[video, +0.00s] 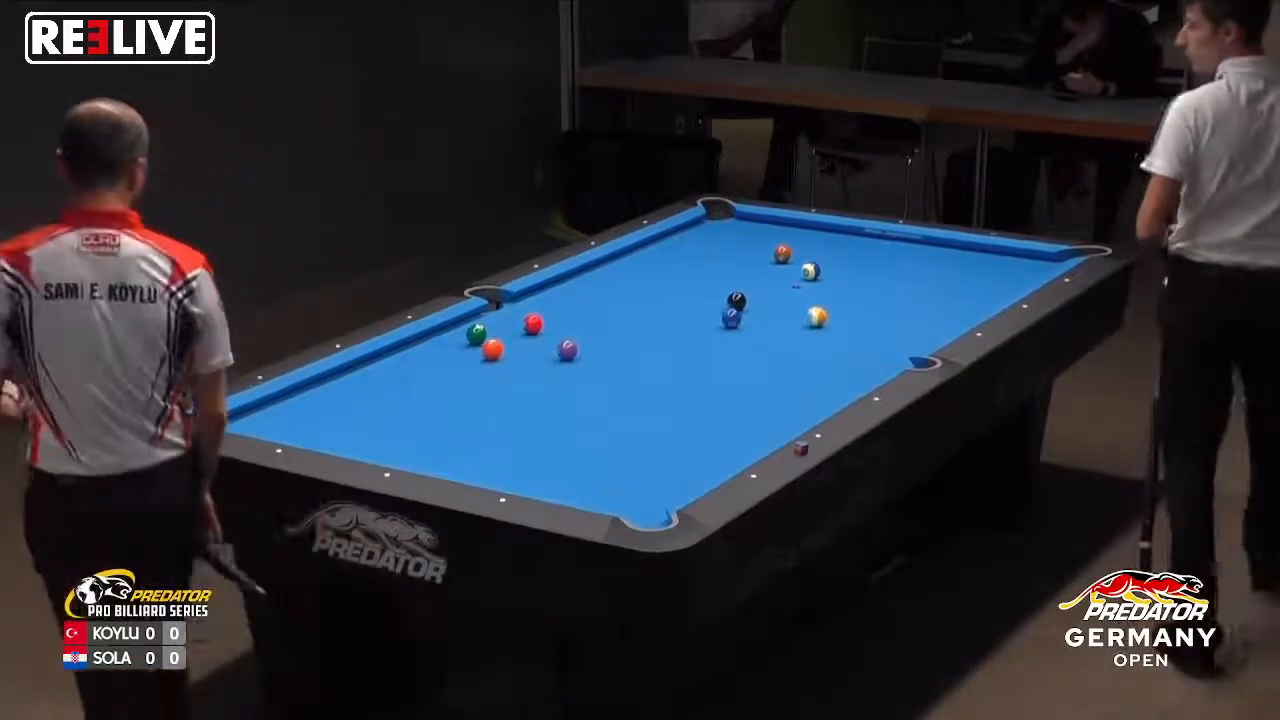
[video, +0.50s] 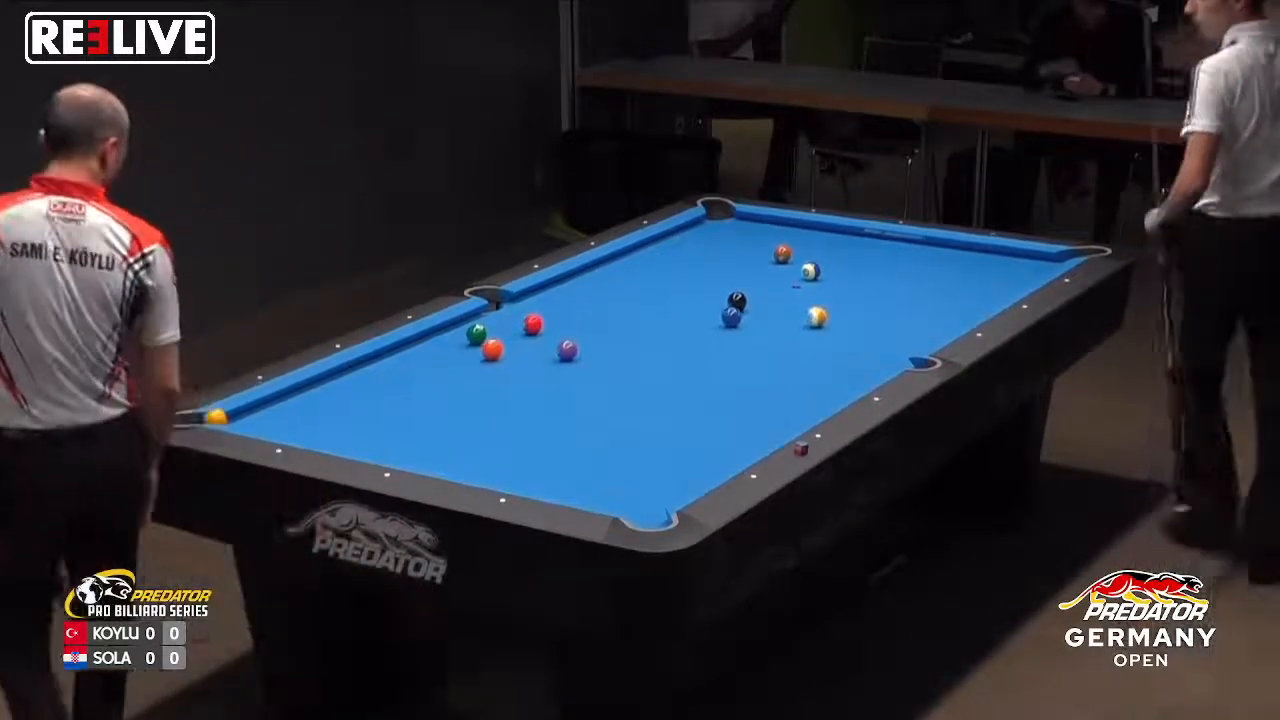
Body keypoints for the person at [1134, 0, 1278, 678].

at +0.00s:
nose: (1182, 38)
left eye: (1192, 25)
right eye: (1184, 24)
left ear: (1233, 34)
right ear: (1241, 34)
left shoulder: (1193, 109)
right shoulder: (1278, 96)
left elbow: (1151, 223)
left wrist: (1180, 229)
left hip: (1204, 287)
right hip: (1275, 286)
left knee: (1190, 445)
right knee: (1274, 435)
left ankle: (1193, 617)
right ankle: (1269, 566)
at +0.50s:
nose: (1191, 8)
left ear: (1237, 5)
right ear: (1252, 7)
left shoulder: (1220, 70)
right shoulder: (1275, 55)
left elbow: (1196, 177)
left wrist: (1163, 214)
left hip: (1222, 236)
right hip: (1276, 231)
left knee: (1199, 376)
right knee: (1275, 390)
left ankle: (1210, 516)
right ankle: (1271, 539)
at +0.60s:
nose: (1180, 7)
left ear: (1227, 5)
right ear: (1239, 6)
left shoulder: (1212, 67)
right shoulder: (1273, 49)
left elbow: (1199, 170)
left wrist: (1161, 215)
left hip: (1217, 231)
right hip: (1273, 226)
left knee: (1200, 360)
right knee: (1271, 376)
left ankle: (1194, 476)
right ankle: (1268, 530)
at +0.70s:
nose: (1169, 9)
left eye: (1178, 1)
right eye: (1171, 1)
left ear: (1215, 6)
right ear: (1228, 7)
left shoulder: (1203, 65)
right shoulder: (1271, 50)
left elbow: (1198, 168)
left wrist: (1161, 217)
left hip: (1212, 228)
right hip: (1271, 223)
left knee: (1197, 353)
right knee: (1268, 366)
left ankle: (1191, 461)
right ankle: (1267, 517)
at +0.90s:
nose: (1133, 1)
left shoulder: (1174, 53)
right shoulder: (1254, 38)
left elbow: (1190, 145)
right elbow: (1267, 134)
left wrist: (1156, 212)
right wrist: (1255, 186)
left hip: (1190, 211)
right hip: (1247, 208)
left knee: (1178, 343)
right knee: (1229, 346)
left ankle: (1186, 465)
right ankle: (1264, 482)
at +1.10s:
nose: (1107, 1)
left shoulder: (1152, 34)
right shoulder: (1205, 20)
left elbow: (1186, 127)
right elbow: (1211, 116)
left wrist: (1152, 198)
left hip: (1169, 191)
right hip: (1199, 184)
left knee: (1167, 331)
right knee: (1176, 327)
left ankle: (1188, 467)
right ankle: (1200, 455)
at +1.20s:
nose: (1087, 8)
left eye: (1088, 5)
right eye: (1087, 6)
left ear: (1102, 1)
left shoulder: (1137, 29)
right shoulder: (1165, 18)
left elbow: (1183, 116)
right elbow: (1189, 117)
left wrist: (1153, 191)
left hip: (1144, 192)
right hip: (1147, 186)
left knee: (1150, 325)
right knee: (1132, 313)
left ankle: (1189, 463)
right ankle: (1130, 421)